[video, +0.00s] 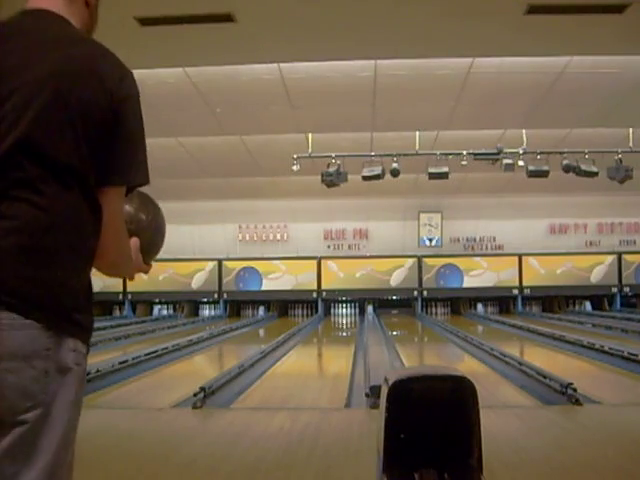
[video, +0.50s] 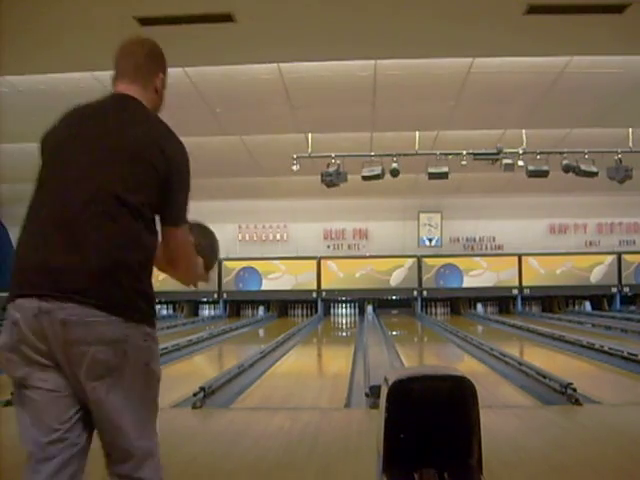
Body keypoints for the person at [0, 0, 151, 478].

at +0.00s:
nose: (97, 16)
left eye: (96, 11)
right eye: (98, 9)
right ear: (89, 3)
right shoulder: (102, 72)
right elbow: (109, 254)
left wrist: (119, 247)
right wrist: (130, 261)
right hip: (30, 325)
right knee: (28, 470)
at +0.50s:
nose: (164, 95)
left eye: (163, 88)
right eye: (165, 86)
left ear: (114, 78)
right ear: (159, 81)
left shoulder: (63, 127)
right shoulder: (164, 144)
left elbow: (85, 221)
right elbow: (175, 249)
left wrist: (165, 257)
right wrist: (194, 272)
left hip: (28, 310)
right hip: (108, 314)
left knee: (49, 463)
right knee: (135, 463)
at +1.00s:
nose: (232, 184)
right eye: (233, 180)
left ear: (200, 169)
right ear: (232, 177)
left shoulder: (160, 194)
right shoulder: (230, 210)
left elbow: (127, 262)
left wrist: (116, 358)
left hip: (114, 286)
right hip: (164, 293)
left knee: (132, 411)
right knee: (162, 428)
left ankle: (143, 470)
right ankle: (155, 471)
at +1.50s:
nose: (281, 233)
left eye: (280, 232)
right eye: (279, 234)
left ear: (236, 228)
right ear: (276, 239)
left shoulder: (222, 248)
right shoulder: (277, 259)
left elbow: (191, 228)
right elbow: (270, 234)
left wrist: (153, 207)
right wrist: (260, 211)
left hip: (193, 308)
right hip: (232, 312)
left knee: (207, 381)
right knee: (240, 390)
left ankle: (195, 426)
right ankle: (226, 463)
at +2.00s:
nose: (301, 263)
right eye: (303, 259)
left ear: (287, 255)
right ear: (304, 260)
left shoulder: (272, 264)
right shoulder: (309, 282)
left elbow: (237, 272)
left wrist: (198, 271)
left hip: (239, 308)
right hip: (261, 319)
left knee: (266, 368)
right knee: (238, 370)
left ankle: (277, 415)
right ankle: (179, 383)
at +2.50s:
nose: (317, 248)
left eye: (314, 245)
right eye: (317, 245)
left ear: (299, 241)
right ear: (316, 245)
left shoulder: (282, 253)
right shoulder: (317, 265)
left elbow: (245, 278)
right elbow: (334, 305)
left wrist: (219, 298)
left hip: (246, 293)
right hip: (261, 300)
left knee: (265, 360)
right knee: (238, 349)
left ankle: (275, 413)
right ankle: (176, 348)